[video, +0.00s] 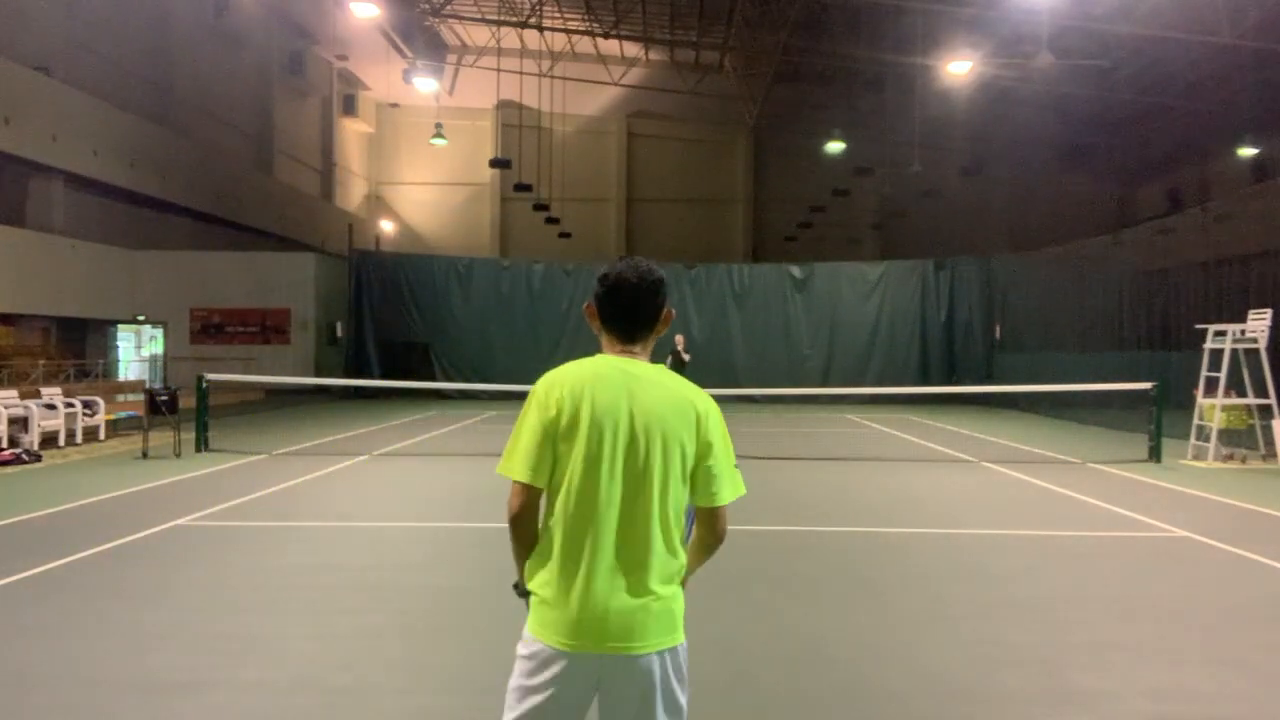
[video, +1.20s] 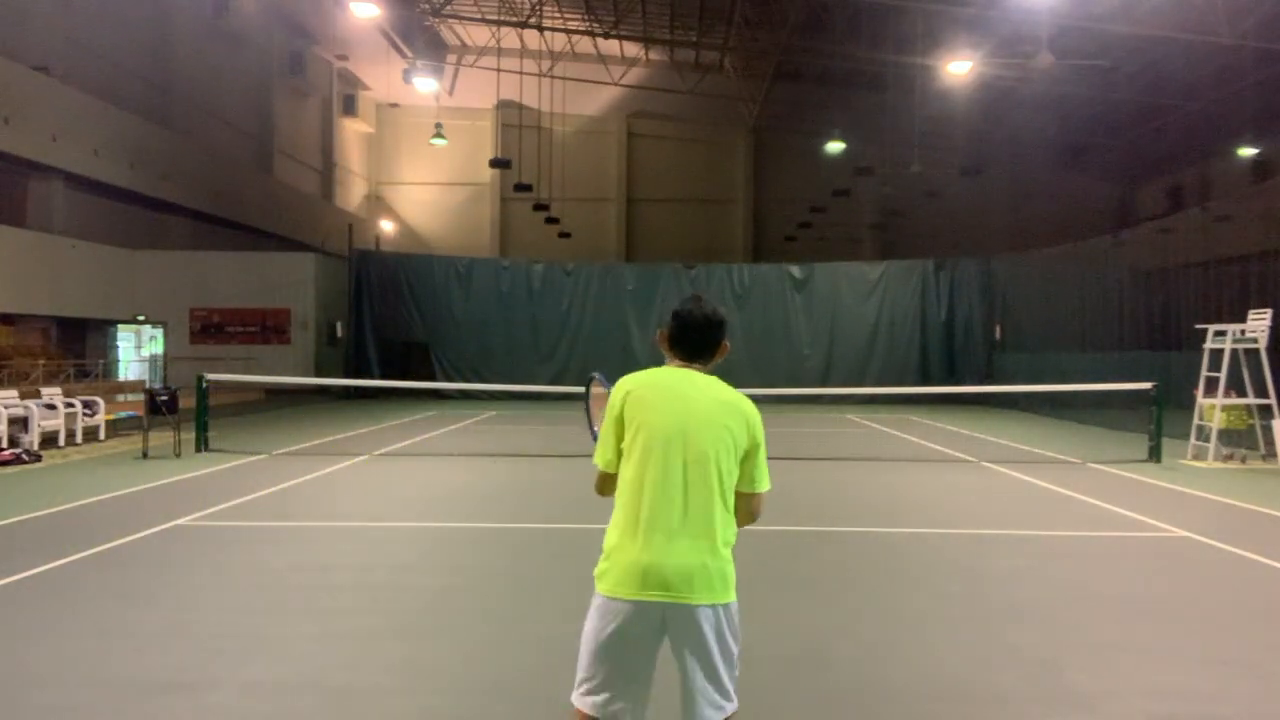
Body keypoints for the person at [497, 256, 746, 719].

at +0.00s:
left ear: (592, 315)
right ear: (665, 319)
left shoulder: (556, 388)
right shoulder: (694, 403)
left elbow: (521, 508)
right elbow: (713, 528)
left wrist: (528, 576)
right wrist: (673, 576)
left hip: (559, 629)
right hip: (651, 633)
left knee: (528, 713)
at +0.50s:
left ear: (589, 320)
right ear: (653, 322)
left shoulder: (565, 388)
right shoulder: (688, 393)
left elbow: (525, 487)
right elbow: (716, 500)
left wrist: (517, 526)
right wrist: (680, 540)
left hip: (580, 607)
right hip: (664, 607)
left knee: (569, 714)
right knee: (664, 715)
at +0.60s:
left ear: (584, 319)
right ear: (647, 320)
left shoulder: (559, 387)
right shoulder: (683, 391)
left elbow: (510, 482)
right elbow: (709, 494)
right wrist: (675, 530)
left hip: (578, 592)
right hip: (660, 592)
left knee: (566, 711)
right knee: (670, 712)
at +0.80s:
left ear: (591, 317)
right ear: (654, 319)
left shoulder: (565, 377)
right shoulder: (686, 386)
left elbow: (535, 423)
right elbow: (710, 488)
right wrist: (663, 511)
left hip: (582, 578)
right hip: (661, 580)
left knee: (573, 709)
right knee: (684, 708)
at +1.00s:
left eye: (630, 314)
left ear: (629, 322)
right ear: (691, 325)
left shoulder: (599, 380)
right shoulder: (716, 392)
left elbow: (569, 466)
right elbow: (731, 493)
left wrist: (597, 380)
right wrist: (678, 497)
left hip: (602, 575)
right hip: (680, 579)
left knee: (579, 703)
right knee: (695, 705)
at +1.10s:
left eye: (649, 322)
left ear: (649, 329)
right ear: (712, 337)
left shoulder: (618, 384)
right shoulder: (732, 400)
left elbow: (593, 476)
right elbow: (740, 502)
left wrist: (601, 399)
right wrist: (687, 499)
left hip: (616, 576)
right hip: (694, 580)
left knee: (595, 704)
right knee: (705, 706)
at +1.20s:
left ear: (662, 341)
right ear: (722, 350)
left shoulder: (630, 388)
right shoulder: (741, 407)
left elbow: (605, 483)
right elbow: (749, 509)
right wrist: (699, 509)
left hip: (627, 578)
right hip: (706, 583)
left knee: (594, 704)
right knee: (715, 709)